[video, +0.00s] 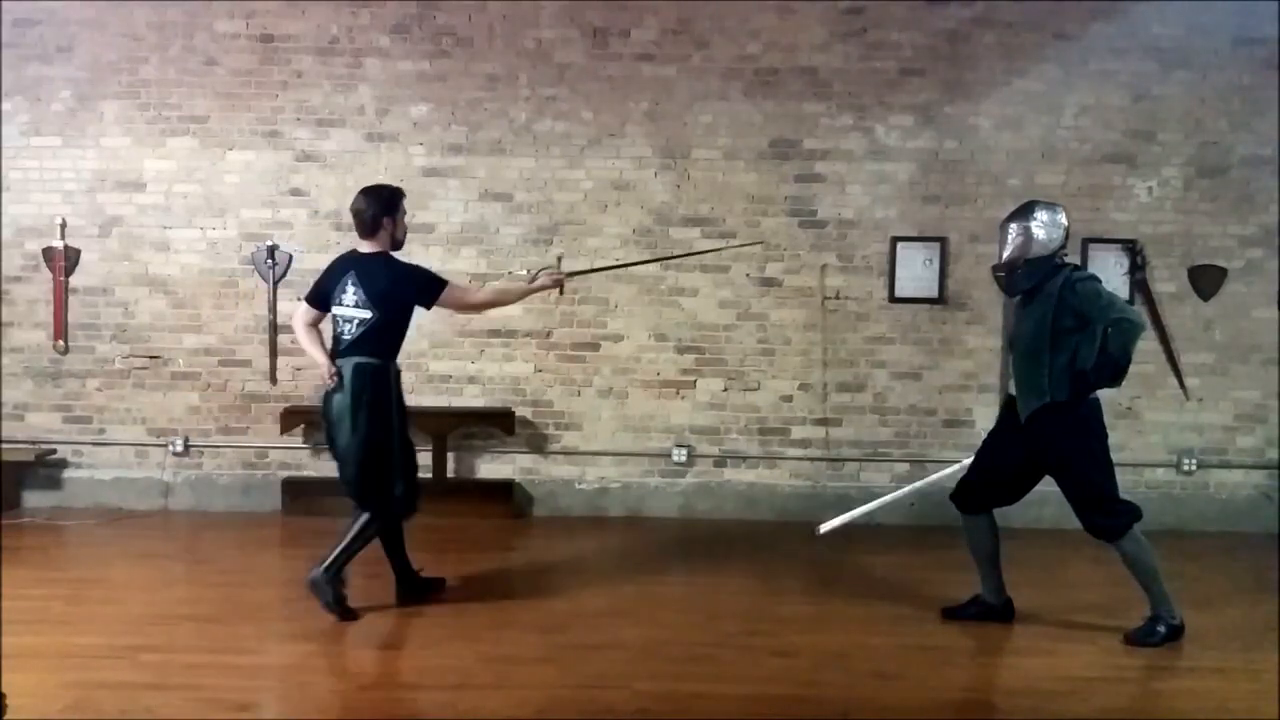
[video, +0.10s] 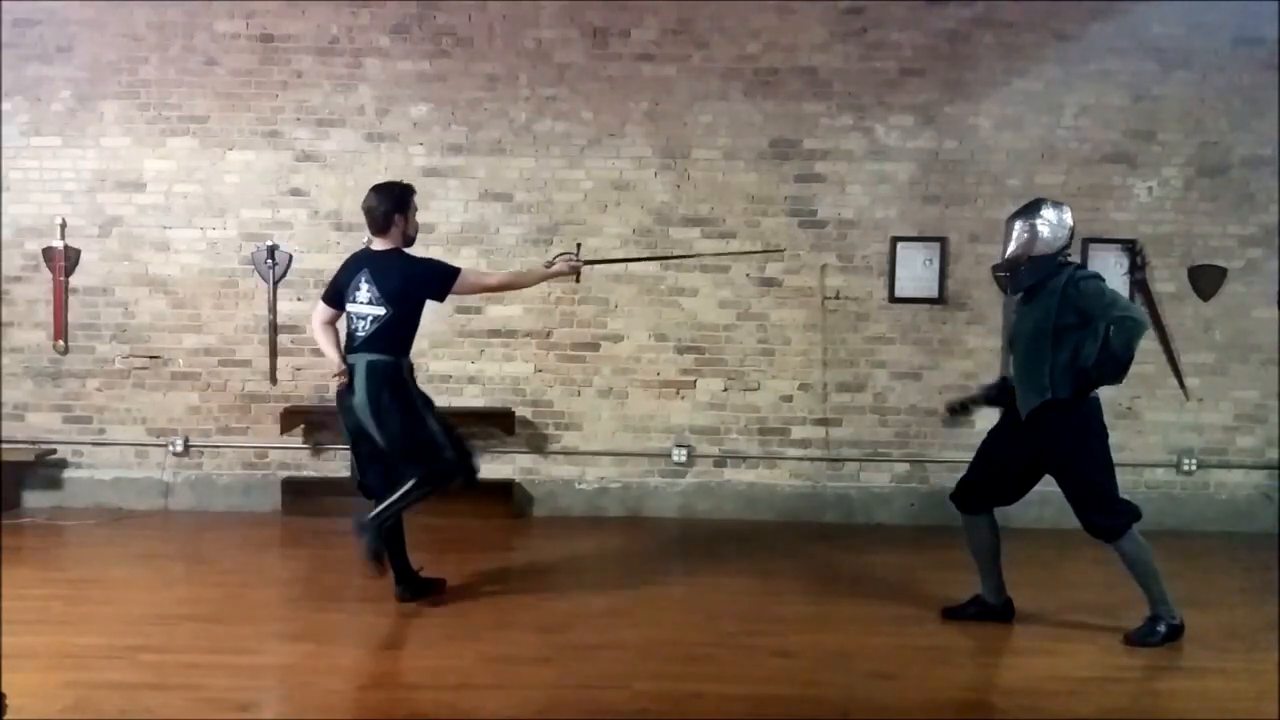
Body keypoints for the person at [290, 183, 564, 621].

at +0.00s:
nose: (407, 223)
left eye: (404, 215)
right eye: (402, 216)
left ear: (363, 225)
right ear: (388, 223)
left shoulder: (340, 268)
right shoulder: (401, 274)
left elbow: (303, 321)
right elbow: (471, 300)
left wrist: (325, 362)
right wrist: (532, 285)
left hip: (341, 388)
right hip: (373, 389)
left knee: (379, 488)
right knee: (397, 492)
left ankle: (407, 581)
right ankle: (329, 573)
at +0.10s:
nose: (416, 222)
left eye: (415, 214)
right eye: (413, 215)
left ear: (373, 222)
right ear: (398, 220)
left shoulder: (353, 266)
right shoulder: (414, 268)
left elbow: (321, 321)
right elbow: (491, 282)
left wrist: (337, 361)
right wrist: (550, 271)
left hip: (352, 388)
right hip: (388, 386)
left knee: (385, 483)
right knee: (449, 464)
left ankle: (405, 579)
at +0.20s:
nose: (430, 220)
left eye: (428, 211)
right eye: (427, 213)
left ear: (387, 219)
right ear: (412, 218)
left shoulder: (366, 262)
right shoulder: (427, 265)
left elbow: (335, 315)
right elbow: (502, 274)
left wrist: (347, 357)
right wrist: (565, 264)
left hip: (362, 389)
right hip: (399, 383)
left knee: (385, 486)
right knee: (474, 426)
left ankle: (404, 580)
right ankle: (416, 478)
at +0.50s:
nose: (481, 224)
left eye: (480, 216)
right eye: (478, 217)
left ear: (439, 222)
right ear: (463, 222)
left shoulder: (412, 261)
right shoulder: (474, 275)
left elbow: (372, 309)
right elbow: (546, 280)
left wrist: (385, 354)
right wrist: (579, 237)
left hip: (399, 389)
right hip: (441, 385)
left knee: (402, 482)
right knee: (527, 387)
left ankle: (406, 579)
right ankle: (468, 456)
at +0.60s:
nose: (506, 227)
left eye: (503, 219)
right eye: (502, 220)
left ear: (465, 225)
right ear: (487, 225)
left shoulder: (436, 264)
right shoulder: (498, 279)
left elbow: (392, 309)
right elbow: (566, 277)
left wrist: (405, 351)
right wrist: (579, 241)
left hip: (414, 388)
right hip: (457, 390)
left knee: (411, 482)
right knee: (537, 419)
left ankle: (406, 579)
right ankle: (476, 485)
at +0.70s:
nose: (526, 233)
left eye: (524, 226)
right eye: (523, 227)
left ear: (486, 231)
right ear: (510, 231)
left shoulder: (457, 271)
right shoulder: (522, 287)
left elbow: (413, 314)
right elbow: (592, 300)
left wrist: (432, 354)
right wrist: (616, 261)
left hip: (432, 388)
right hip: (477, 394)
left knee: (418, 481)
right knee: (542, 453)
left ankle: (406, 578)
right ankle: (509, 531)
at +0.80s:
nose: (555, 244)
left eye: (552, 236)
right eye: (551, 237)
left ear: (515, 242)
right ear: (537, 242)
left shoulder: (488, 283)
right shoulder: (549, 298)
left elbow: (439, 320)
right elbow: (615, 336)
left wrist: (458, 360)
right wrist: (666, 303)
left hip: (453, 396)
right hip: (497, 404)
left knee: (425, 484)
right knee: (556, 481)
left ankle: (396, 576)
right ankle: (570, 570)